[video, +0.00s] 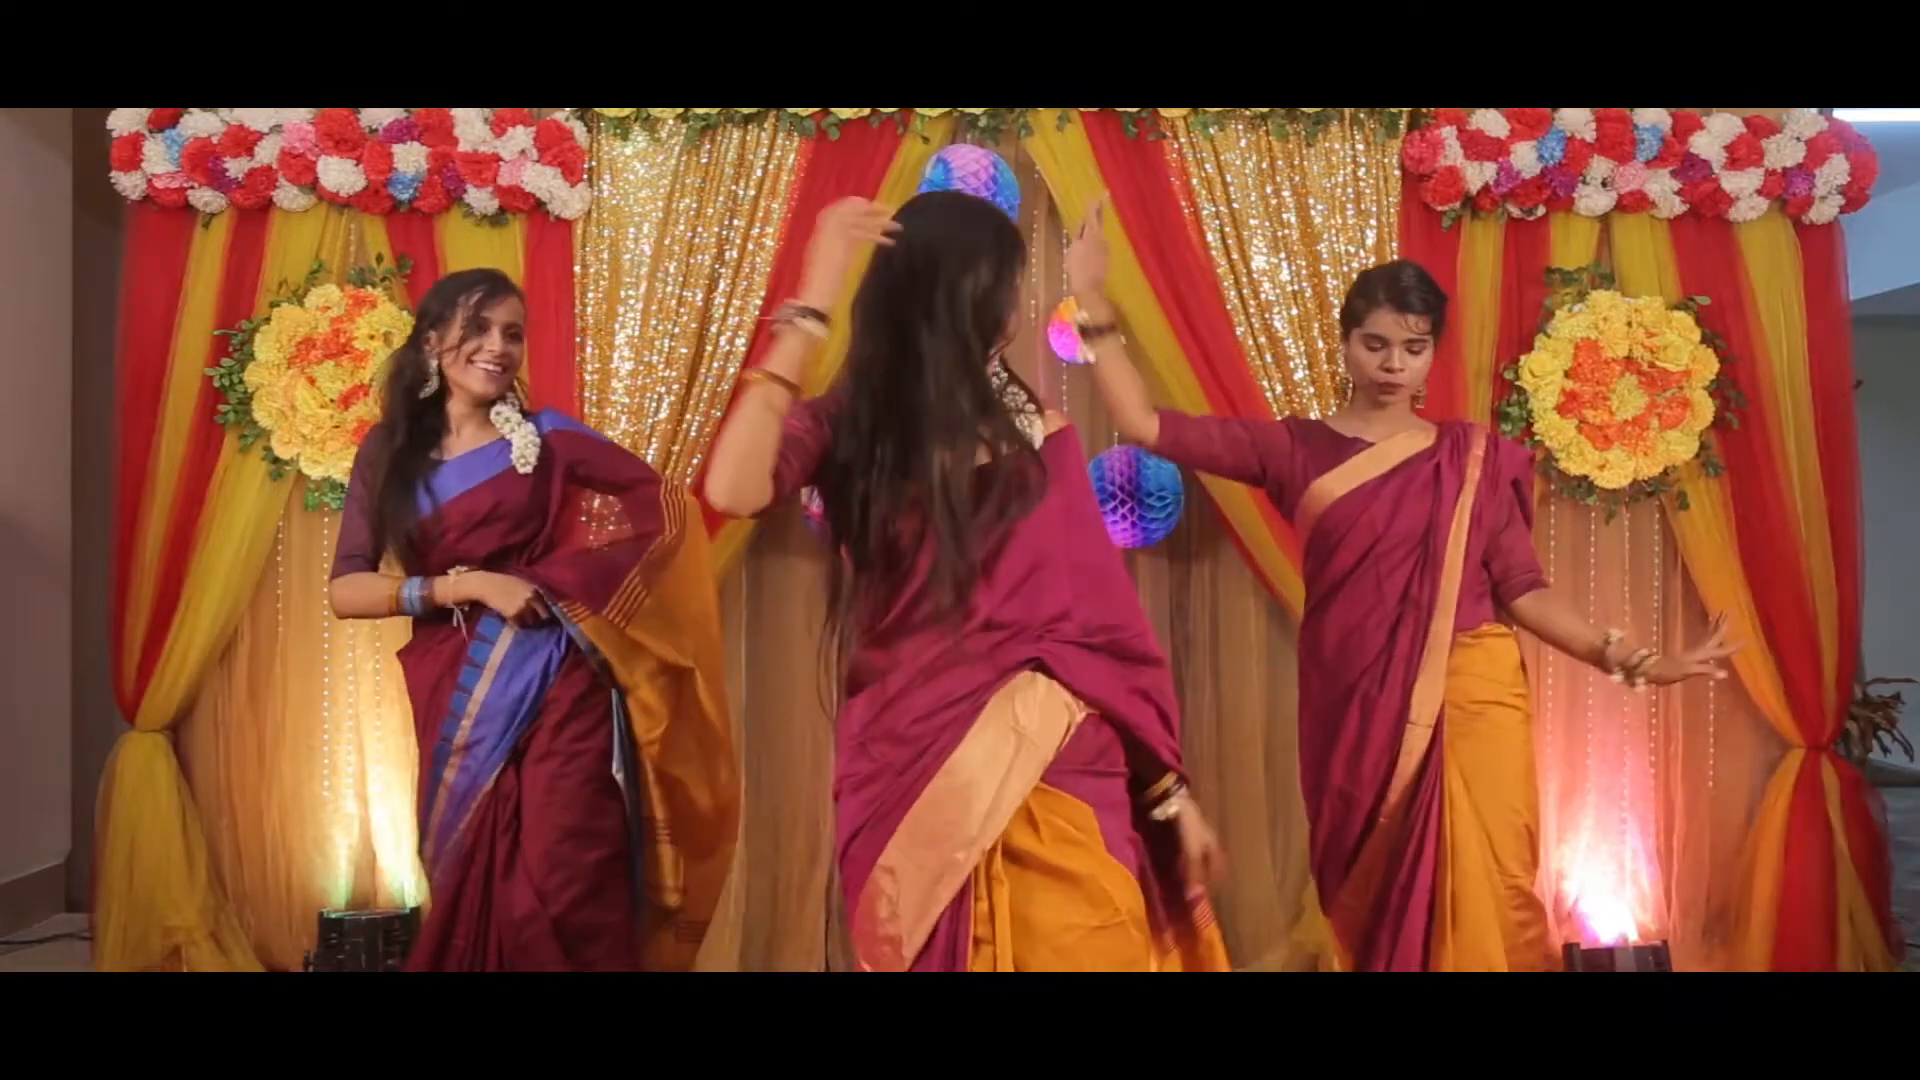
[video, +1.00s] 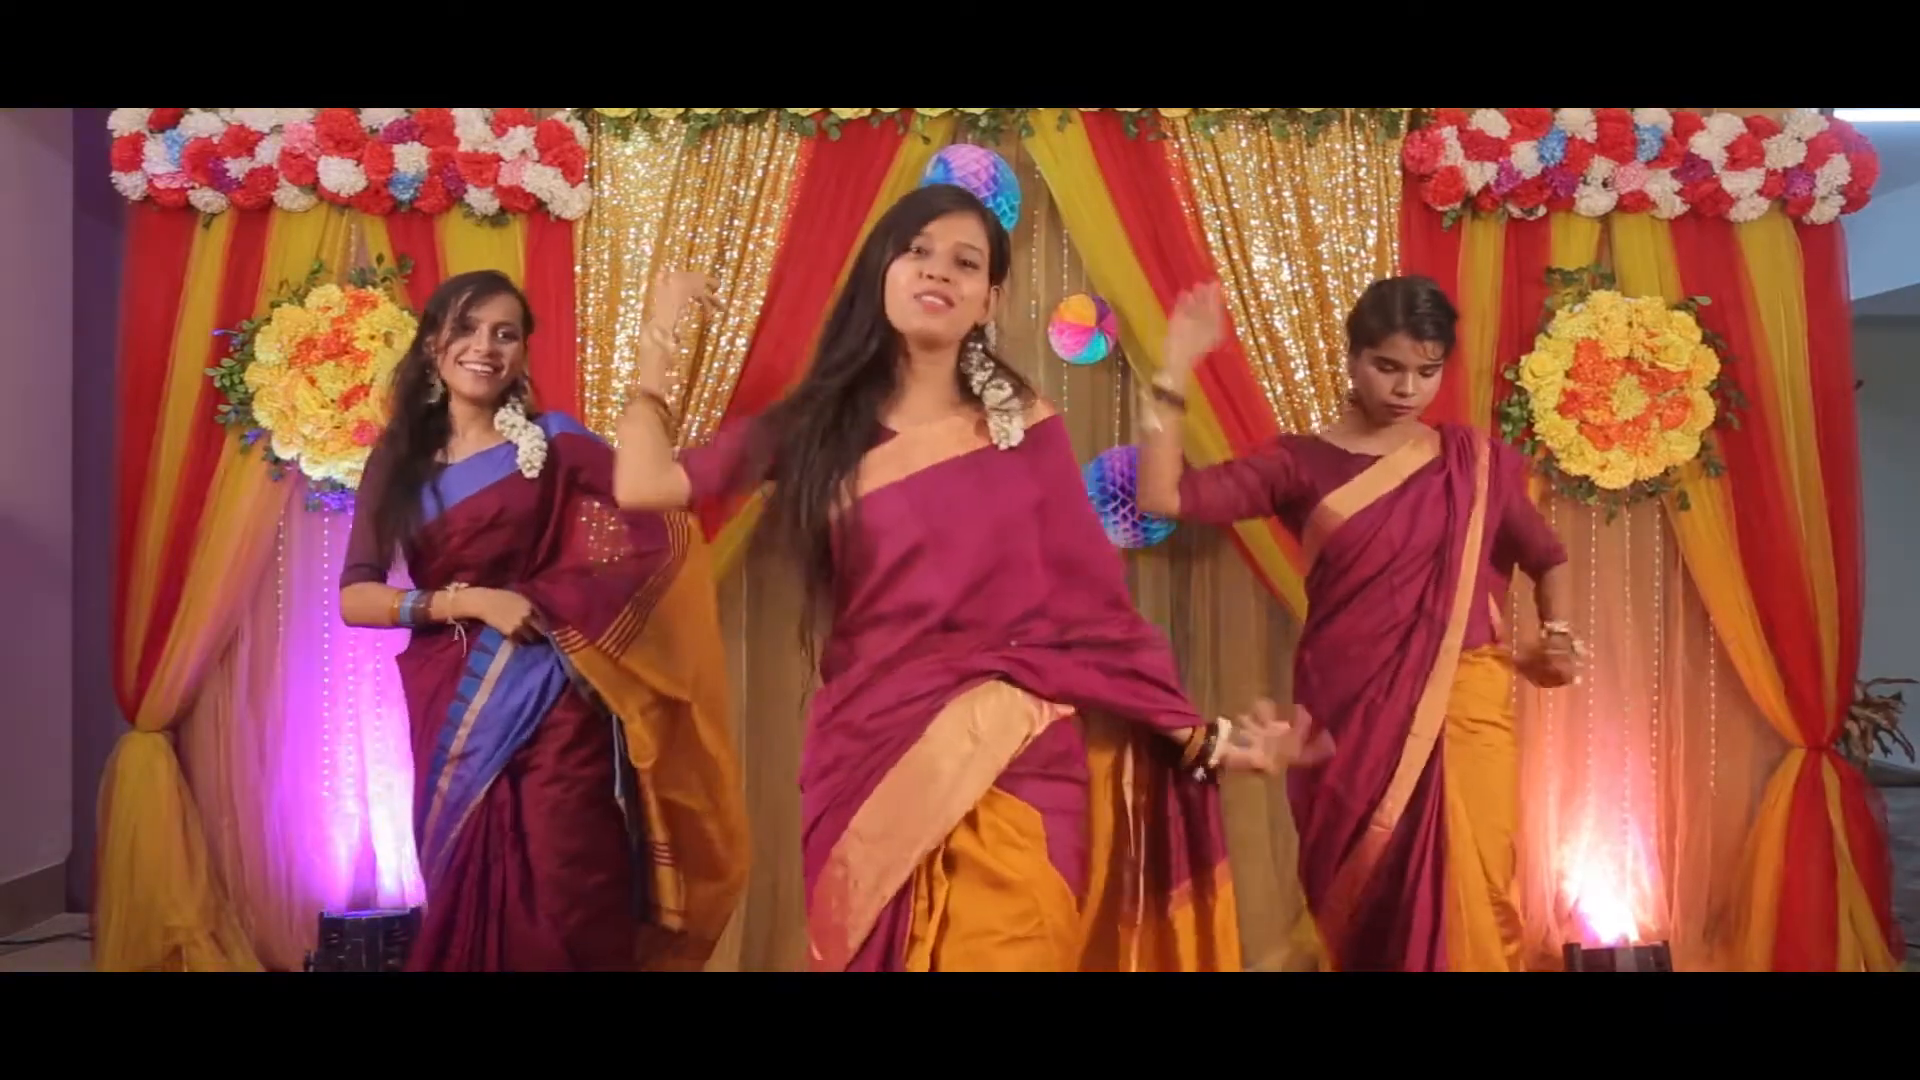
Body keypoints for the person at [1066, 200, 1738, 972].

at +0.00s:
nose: (1391, 363)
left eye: (1411, 347)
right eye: (1374, 342)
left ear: (1433, 350)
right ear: (1344, 340)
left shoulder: (1475, 453)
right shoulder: (1298, 448)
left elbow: (1524, 593)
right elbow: (1141, 425)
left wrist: (1629, 659)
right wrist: (1094, 319)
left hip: (1479, 689)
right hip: (1359, 701)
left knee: (1487, 892)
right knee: (1371, 900)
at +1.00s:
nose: (1407, 388)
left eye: (1425, 370)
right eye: (1388, 367)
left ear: (1444, 365)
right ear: (1352, 358)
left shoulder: (1474, 457)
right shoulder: (1305, 461)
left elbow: (1550, 559)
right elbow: (1162, 495)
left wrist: (1557, 637)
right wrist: (1174, 369)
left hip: (1468, 706)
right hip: (1352, 716)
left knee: (1473, 907)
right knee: (1359, 915)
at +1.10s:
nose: (1406, 385)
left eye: (1424, 367)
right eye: (1387, 364)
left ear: (1443, 366)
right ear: (1350, 363)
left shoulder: (1475, 457)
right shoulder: (1304, 466)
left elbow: (1566, 546)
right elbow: (1171, 499)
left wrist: (1555, 637)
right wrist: (1221, 392)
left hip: (1469, 698)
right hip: (1350, 706)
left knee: (1469, 896)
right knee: (1352, 905)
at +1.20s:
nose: (1404, 373)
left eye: (1423, 355)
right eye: (1386, 352)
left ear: (1442, 355)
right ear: (1349, 348)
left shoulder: (1476, 445)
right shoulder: (1301, 450)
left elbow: (1566, 533)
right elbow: (1173, 460)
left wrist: (1549, 616)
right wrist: (1253, 363)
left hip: (1468, 689)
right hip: (1352, 700)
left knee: (1475, 891)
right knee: (1357, 898)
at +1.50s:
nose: (1409, 378)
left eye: (1428, 359)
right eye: (1389, 357)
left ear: (1448, 359)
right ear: (1355, 356)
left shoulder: (1493, 453)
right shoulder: (1316, 467)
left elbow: (1573, 558)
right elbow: (1223, 537)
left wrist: (1551, 651)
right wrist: (1280, 429)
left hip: (1469, 711)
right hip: (1349, 718)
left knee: (1471, 917)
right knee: (1349, 921)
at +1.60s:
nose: (1409, 366)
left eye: (1429, 349)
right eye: (1391, 345)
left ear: (1449, 355)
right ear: (1357, 346)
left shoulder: (1496, 448)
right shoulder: (1320, 459)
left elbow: (1570, 547)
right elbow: (1235, 542)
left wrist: (1553, 636)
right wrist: (1279, 431)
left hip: (1473, 705)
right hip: (1352, 711)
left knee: (1476, 910)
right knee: (1348, 913)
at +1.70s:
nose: (1411, 356)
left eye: (1430, 340)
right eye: (1392, 336)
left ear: (1451, 346)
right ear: (1360, 337)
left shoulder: (1493, 440)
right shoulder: (1321, 447)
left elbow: (1564, 542)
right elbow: (1243, 541)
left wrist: (1561, 630)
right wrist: (1280, 426)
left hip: (1480, 693)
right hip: (1363, 702)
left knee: (1488, 901)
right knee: (1366, 910)